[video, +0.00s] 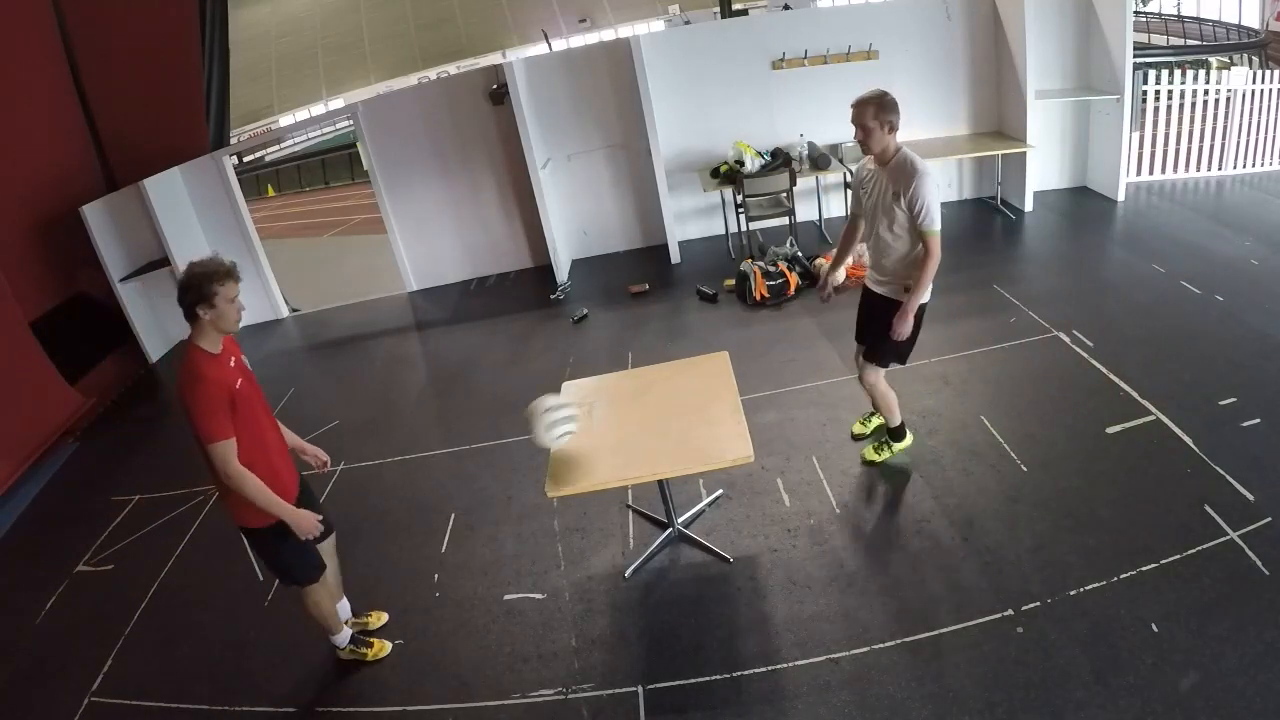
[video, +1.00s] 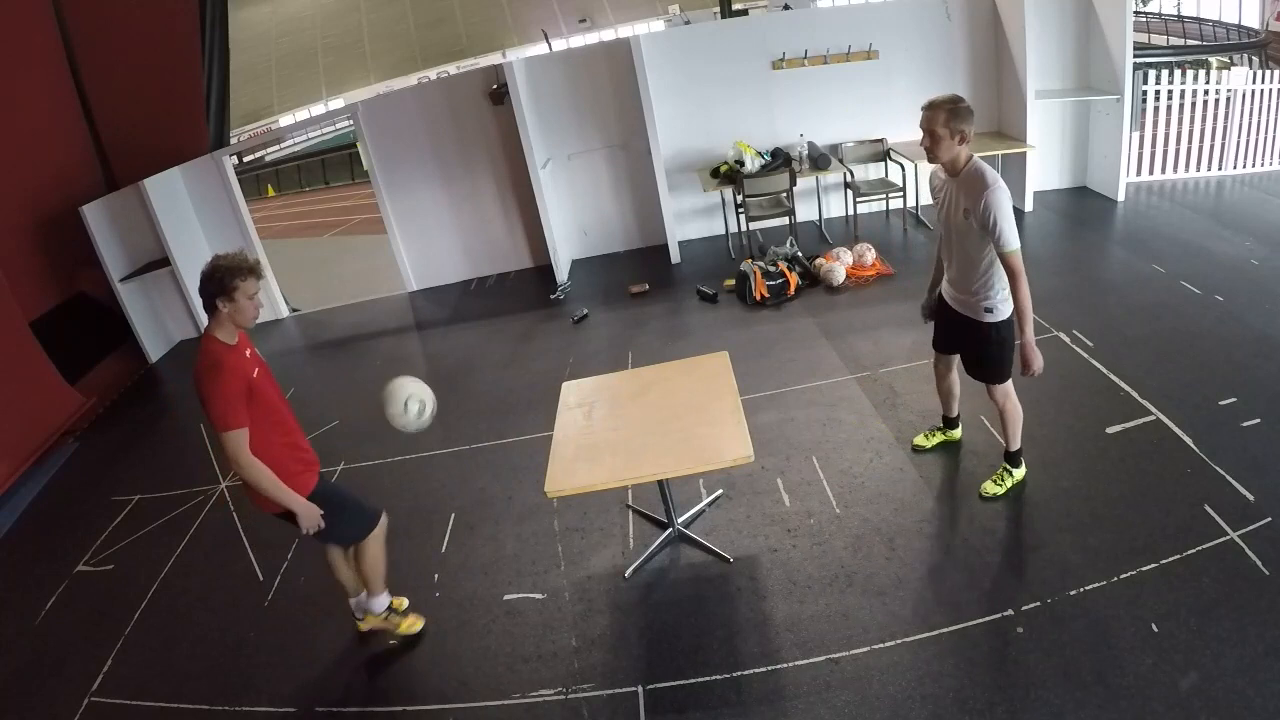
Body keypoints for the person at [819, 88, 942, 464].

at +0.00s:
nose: (856, 135)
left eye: (862, 128)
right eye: (854, 127)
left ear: (888, 127)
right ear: (873, 127)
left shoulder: (917, 176)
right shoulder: (864, 171)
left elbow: (933, 251)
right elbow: (855, 224)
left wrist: (910, 308)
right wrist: (833, 270)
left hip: (905, 294)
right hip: (874, 285)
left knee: (870, 374)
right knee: (866, 357)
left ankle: (899, 433)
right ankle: (882, 411)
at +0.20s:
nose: (860, 137)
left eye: (865, 129)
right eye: (857, 129)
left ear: (892, 127)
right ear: (877, 129)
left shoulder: (925, 175)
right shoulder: (871, 172)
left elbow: (951, 246)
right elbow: (866, 224)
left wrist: (929, 306)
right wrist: (835, 260)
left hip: (922, 289)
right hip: (888, 282)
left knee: (902, 377)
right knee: (877, 355)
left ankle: (939, 454)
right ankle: (882, 412)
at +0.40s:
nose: (883, 141)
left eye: (889, 134)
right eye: (882, 133)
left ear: (917, 134)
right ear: (904, 135)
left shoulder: (950, 187)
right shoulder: (898, 180)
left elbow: (969, 260)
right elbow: (893, 231)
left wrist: (939, 314)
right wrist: (870, 279)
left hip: (947, 304)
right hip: (908, 292)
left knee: (957, 391)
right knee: (887, 358)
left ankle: (1009, 459)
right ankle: (882, 411)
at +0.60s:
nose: (912, 147)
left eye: (919, 139)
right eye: (910, 138)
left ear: (948, 142)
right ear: (924, 140)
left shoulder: (981, 195)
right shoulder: (922, 186)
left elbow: (998, 274)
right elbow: (930, 247)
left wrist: (963, 329)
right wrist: (931, 293)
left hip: (982, 308)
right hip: (941, 297)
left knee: (988, 394)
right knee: (915, 361)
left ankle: (1013, 464)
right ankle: (897, 417)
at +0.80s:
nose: (924, 144)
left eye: (932, 138)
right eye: (923, 135)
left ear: (960, 142)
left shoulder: (993, 195)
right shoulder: (936, 181)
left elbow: (1023, 274)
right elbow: (952, 240)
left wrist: (1012, 343)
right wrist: (959, 283)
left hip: (992, 310)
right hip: (953, 298)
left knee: (998, 393)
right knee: (934, 362)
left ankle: (1014, 464)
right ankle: (942, 425)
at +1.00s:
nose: (923, 141)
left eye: (932, 134)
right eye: (922, 132)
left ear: (962, 138)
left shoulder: (990, 192)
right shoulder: (939, 179)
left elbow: (1016, 271)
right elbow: (945, 241)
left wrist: (1028, 340)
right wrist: (932, 290)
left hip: (990, 312)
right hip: (952, 300)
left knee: (1000, 392)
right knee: (943, 365)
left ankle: (1015, 464)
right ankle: (950, 427)